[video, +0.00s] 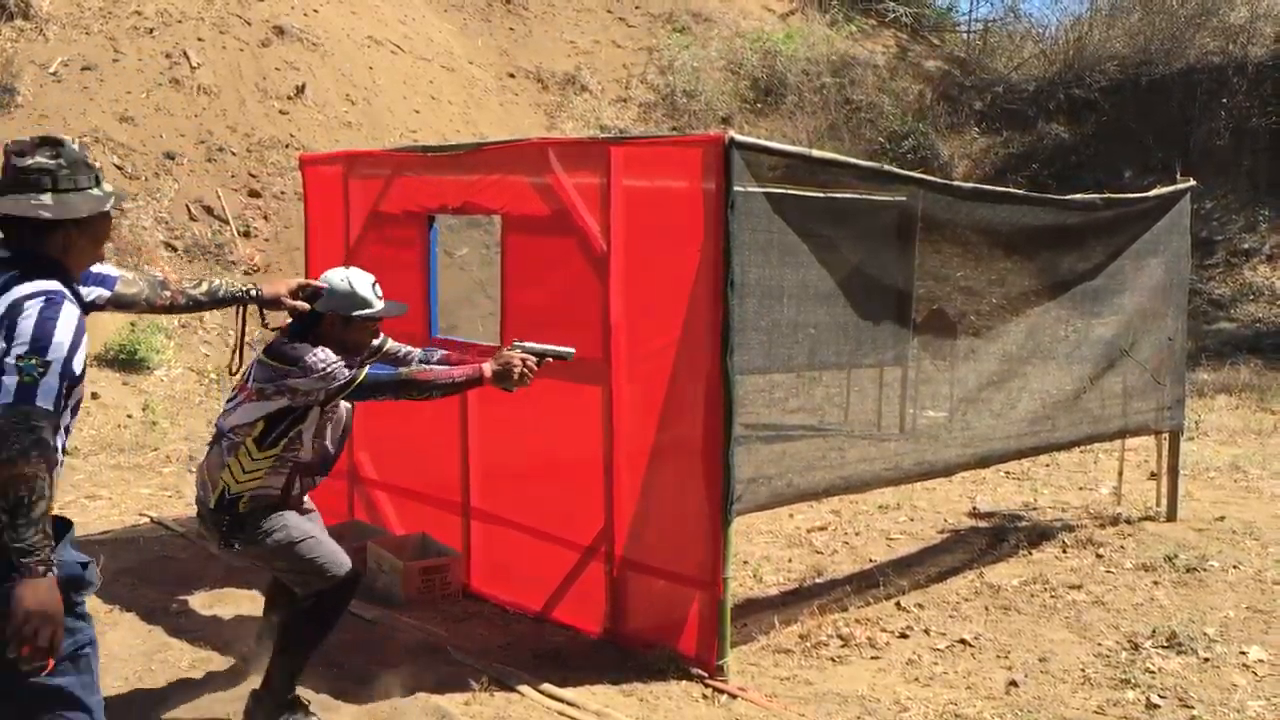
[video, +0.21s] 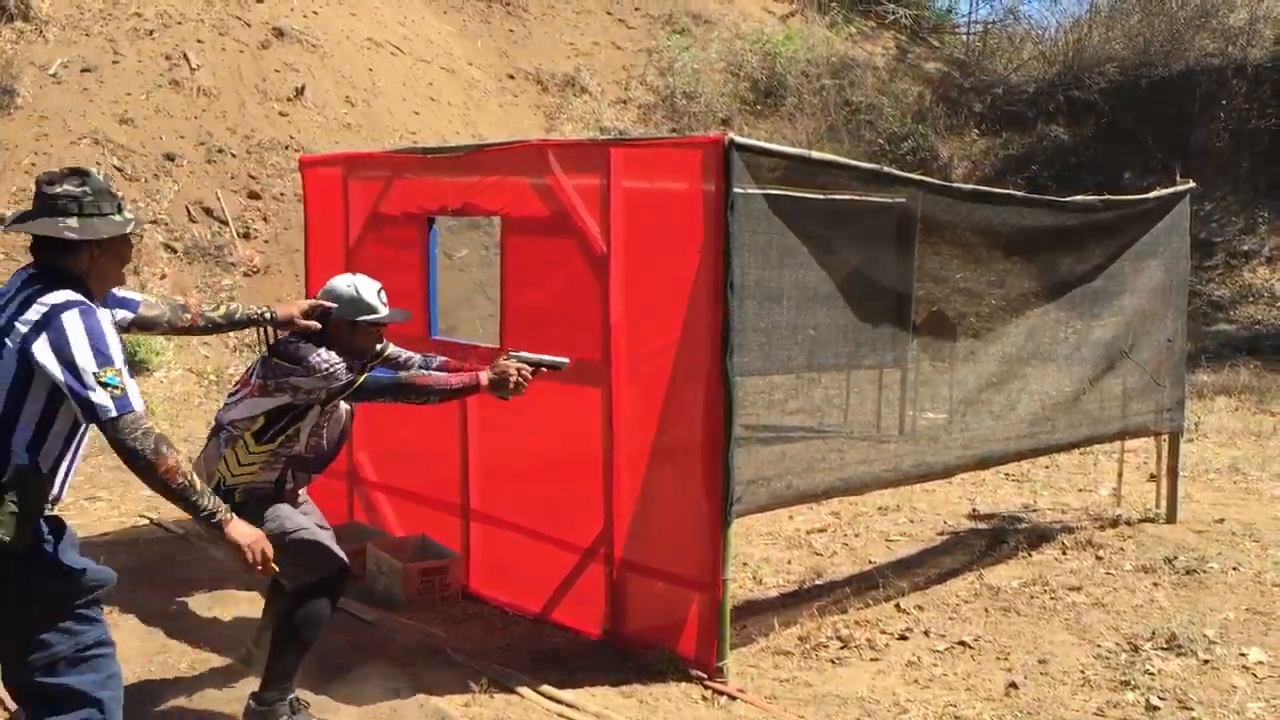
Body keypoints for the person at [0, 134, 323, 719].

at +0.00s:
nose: (109, 227)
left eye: (106, 215)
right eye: (102, 216)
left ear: (32, 227)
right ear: (66, 231)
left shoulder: (29, 276)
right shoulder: (47, 308)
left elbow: (155, 293)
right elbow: (25, 443)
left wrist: (256, 293)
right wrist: (30, 567)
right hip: (20, 545)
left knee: (70, 577)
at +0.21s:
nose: (130, 255)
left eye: (128, 243)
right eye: (125, 244)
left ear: (64, 250)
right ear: (90, 255)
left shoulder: (34, 287)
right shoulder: (73, 316)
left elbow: (165, 314)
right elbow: (138, 443)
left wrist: (272, 317)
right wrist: (226, 521)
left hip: (15, 523)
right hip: (16, 533)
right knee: (83, 691)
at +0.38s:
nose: (120, 250)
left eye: (117, 239)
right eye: (111, 240)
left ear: (70, 250)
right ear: (75, 251)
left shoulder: (68, 296)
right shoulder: (42, 313)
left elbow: (173, 317)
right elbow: (64, 429)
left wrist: (272, 325)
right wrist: (153, 471)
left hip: (16, 500)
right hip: (11, 508)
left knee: (72, 571)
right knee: (67, 637)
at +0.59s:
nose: (108, 228)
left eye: (105, 217)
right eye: (96, 219)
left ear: (64, 231)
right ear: (57, 232)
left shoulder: (79, 276)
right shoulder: (13, 295)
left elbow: (179, 301)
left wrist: (275, 314)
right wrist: (40, 482)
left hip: (16, 475)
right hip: (4, 480)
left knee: (46, 581)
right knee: (66, 583)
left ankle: (18, 698)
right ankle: (22, 707)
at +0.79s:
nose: (105, 224)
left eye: (103, 212)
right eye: (93, 213)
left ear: (65, 219)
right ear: (52, 220)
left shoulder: (87, 265)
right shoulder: (9, 284)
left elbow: (183, 291)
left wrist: (280, 307)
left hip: (19, 448)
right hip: (3, 451)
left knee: (19, 577)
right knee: (22, 579)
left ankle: (12, 704)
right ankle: (12, 707)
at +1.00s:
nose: (106, 228)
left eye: (104, 217)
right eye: (94, 219)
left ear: (69, 225)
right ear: (53, 227)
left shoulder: (86, 268)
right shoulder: (7, 292)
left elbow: (180, 295)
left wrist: (273, 313)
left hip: (12, 450)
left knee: (13, 593)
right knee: (14, 593)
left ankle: (11, 706)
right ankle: (10, 709)